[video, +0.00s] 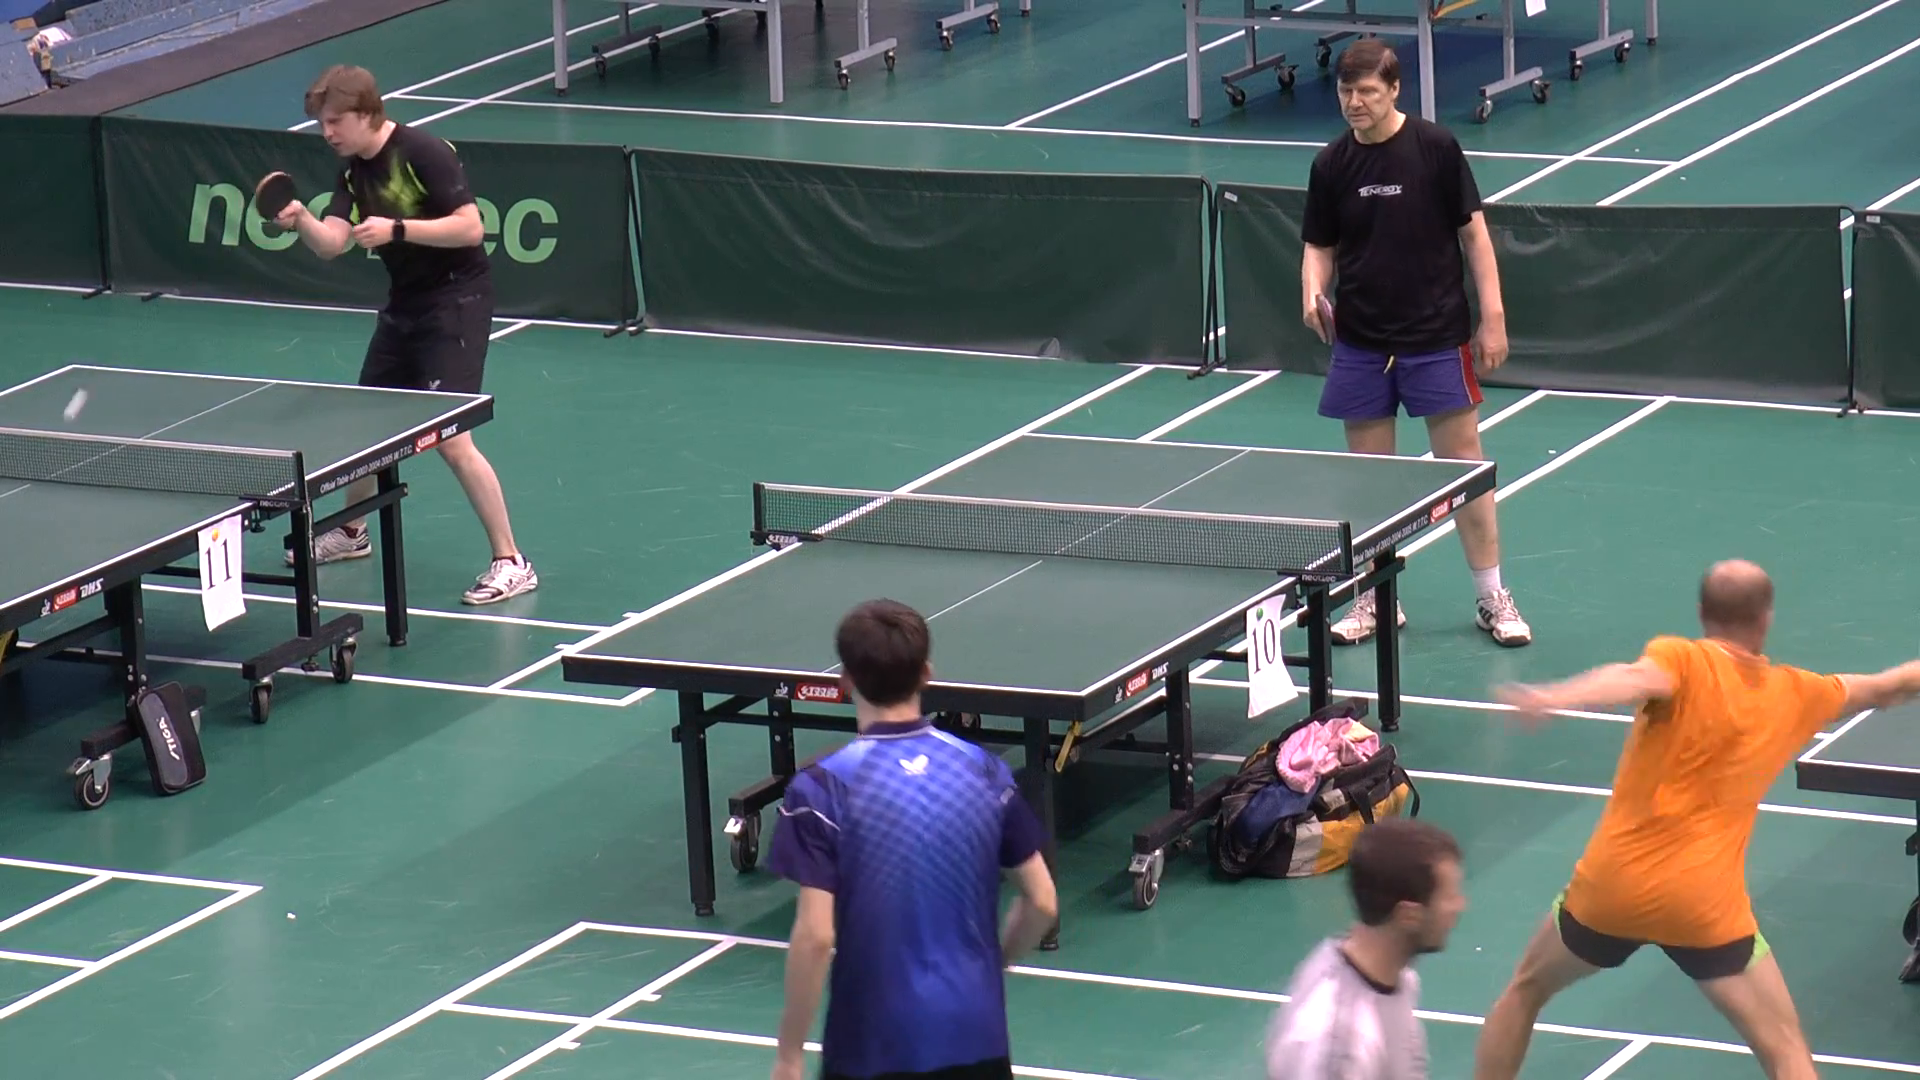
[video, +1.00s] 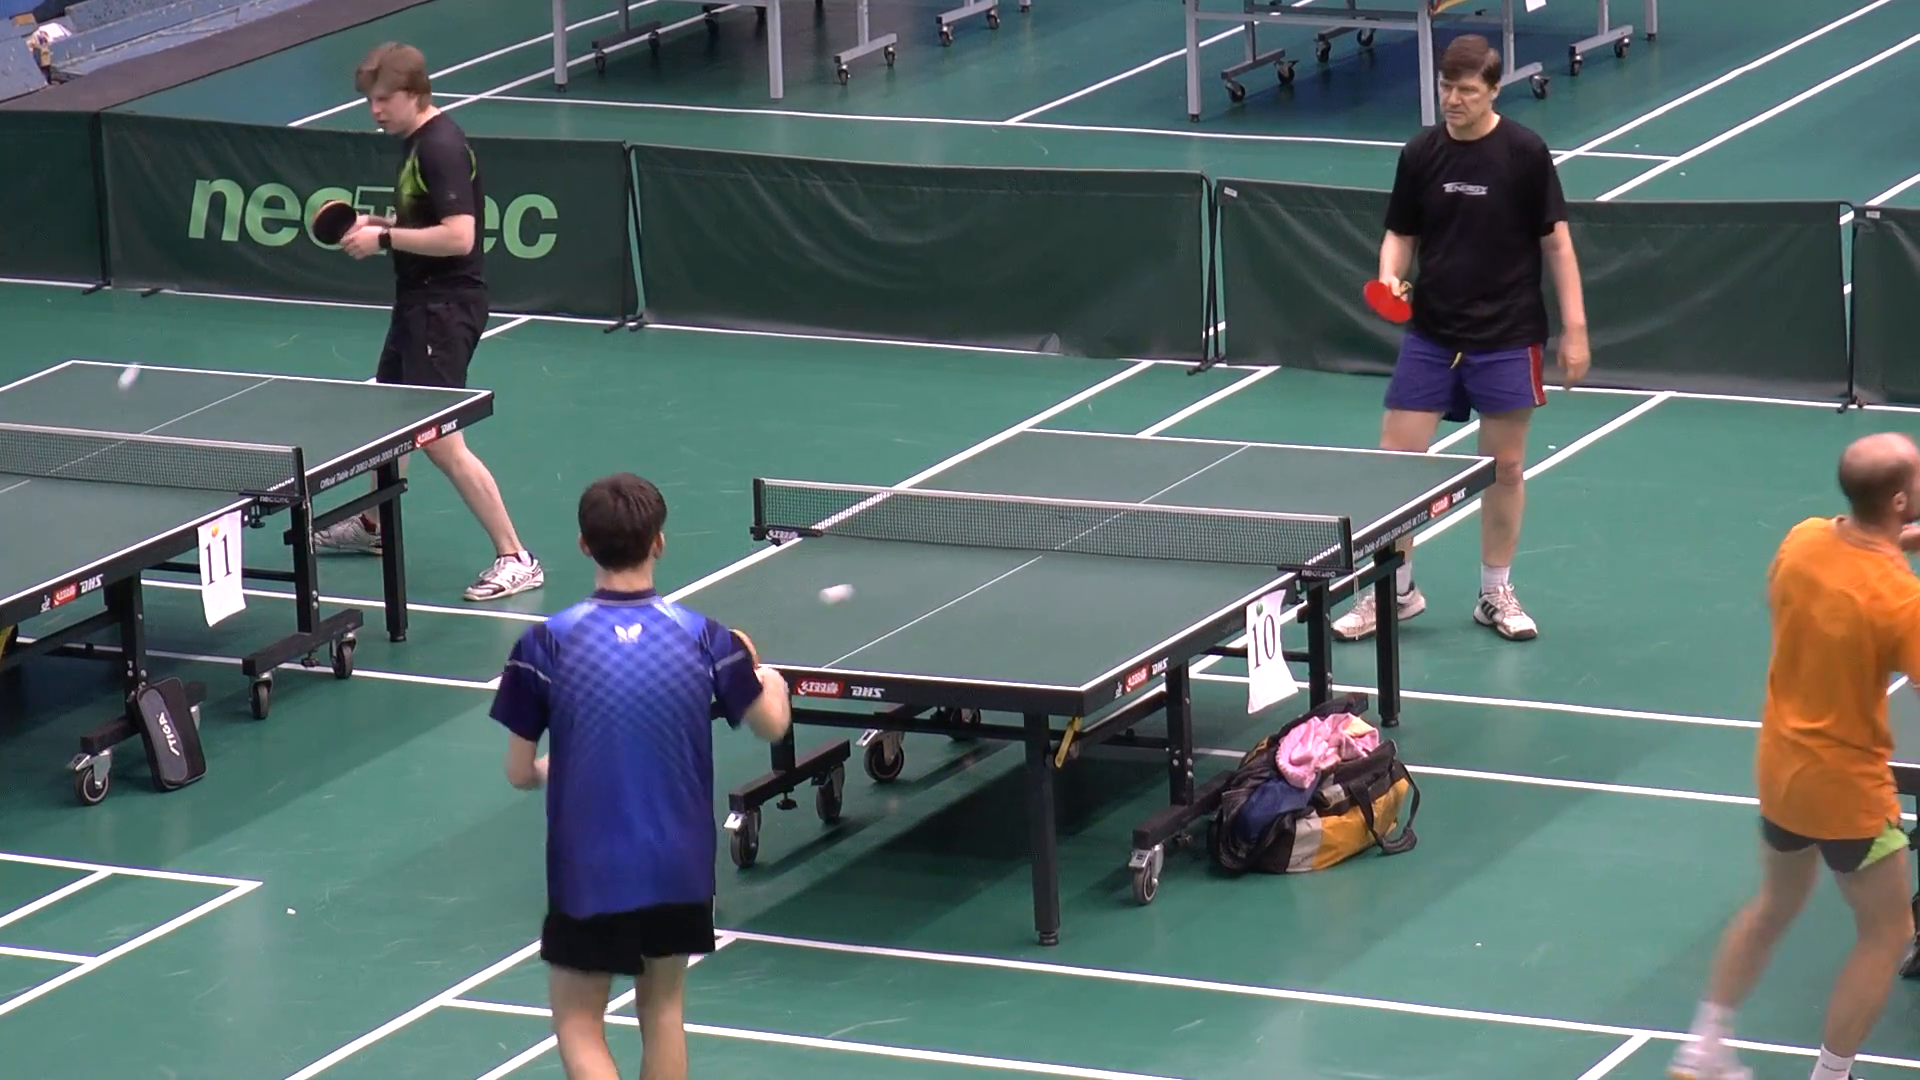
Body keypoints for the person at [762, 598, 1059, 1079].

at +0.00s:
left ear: (846, 680)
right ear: (927, 673)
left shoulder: (824, 785)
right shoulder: (983, 768)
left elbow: (817, 935)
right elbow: (1042, 902)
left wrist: (789, 1054)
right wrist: (991, 966)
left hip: (876, 1045)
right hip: (975, 1039)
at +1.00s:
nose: (663, 539)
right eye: (661, 531)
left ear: (584, 546)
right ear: (659, 542)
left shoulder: (548, 641)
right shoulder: (702, 638)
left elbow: (520, 772)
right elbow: (773, 724)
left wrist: (571, 757)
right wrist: (757, 666)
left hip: (589, 876)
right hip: (678, 871)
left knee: (579, 1023)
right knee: (664, 1011)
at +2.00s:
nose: (577, 432)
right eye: (580, 423)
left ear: (511, 427)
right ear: (580, 430)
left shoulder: (465, 516)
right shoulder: (612, 523)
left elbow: (422, 633)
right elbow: (648, 656)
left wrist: (418, 669)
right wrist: (650, 752)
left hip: (505, 740)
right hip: (589, 735)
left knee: (518, 894)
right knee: (598, 861)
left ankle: (558, 1052)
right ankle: (587, 1000)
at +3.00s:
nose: (496, 352)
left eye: (492, 341)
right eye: (493, 344)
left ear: (426, 353)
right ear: (477, 354)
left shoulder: (384, 424)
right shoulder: (486, 448)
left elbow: (360, 541)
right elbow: (494, 576)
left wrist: (408, 586)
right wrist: (536, 631)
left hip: (413, 648)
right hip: (482, 652)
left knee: (433, 779)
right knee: (510, 787)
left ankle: (438, 950)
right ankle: (487, 961)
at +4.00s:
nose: (460, 362)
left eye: (457, 353)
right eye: (457, 354)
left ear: (390, 365)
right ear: (437, 365)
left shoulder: (344, 430)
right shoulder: (435, 456)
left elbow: (310, 538)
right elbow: (455, 583)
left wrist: (362, 591)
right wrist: (513, 606)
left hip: (365, 646)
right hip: (425, 655)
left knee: (369, 765)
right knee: (473, 797)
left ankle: (339, 910)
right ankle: (486, 974)